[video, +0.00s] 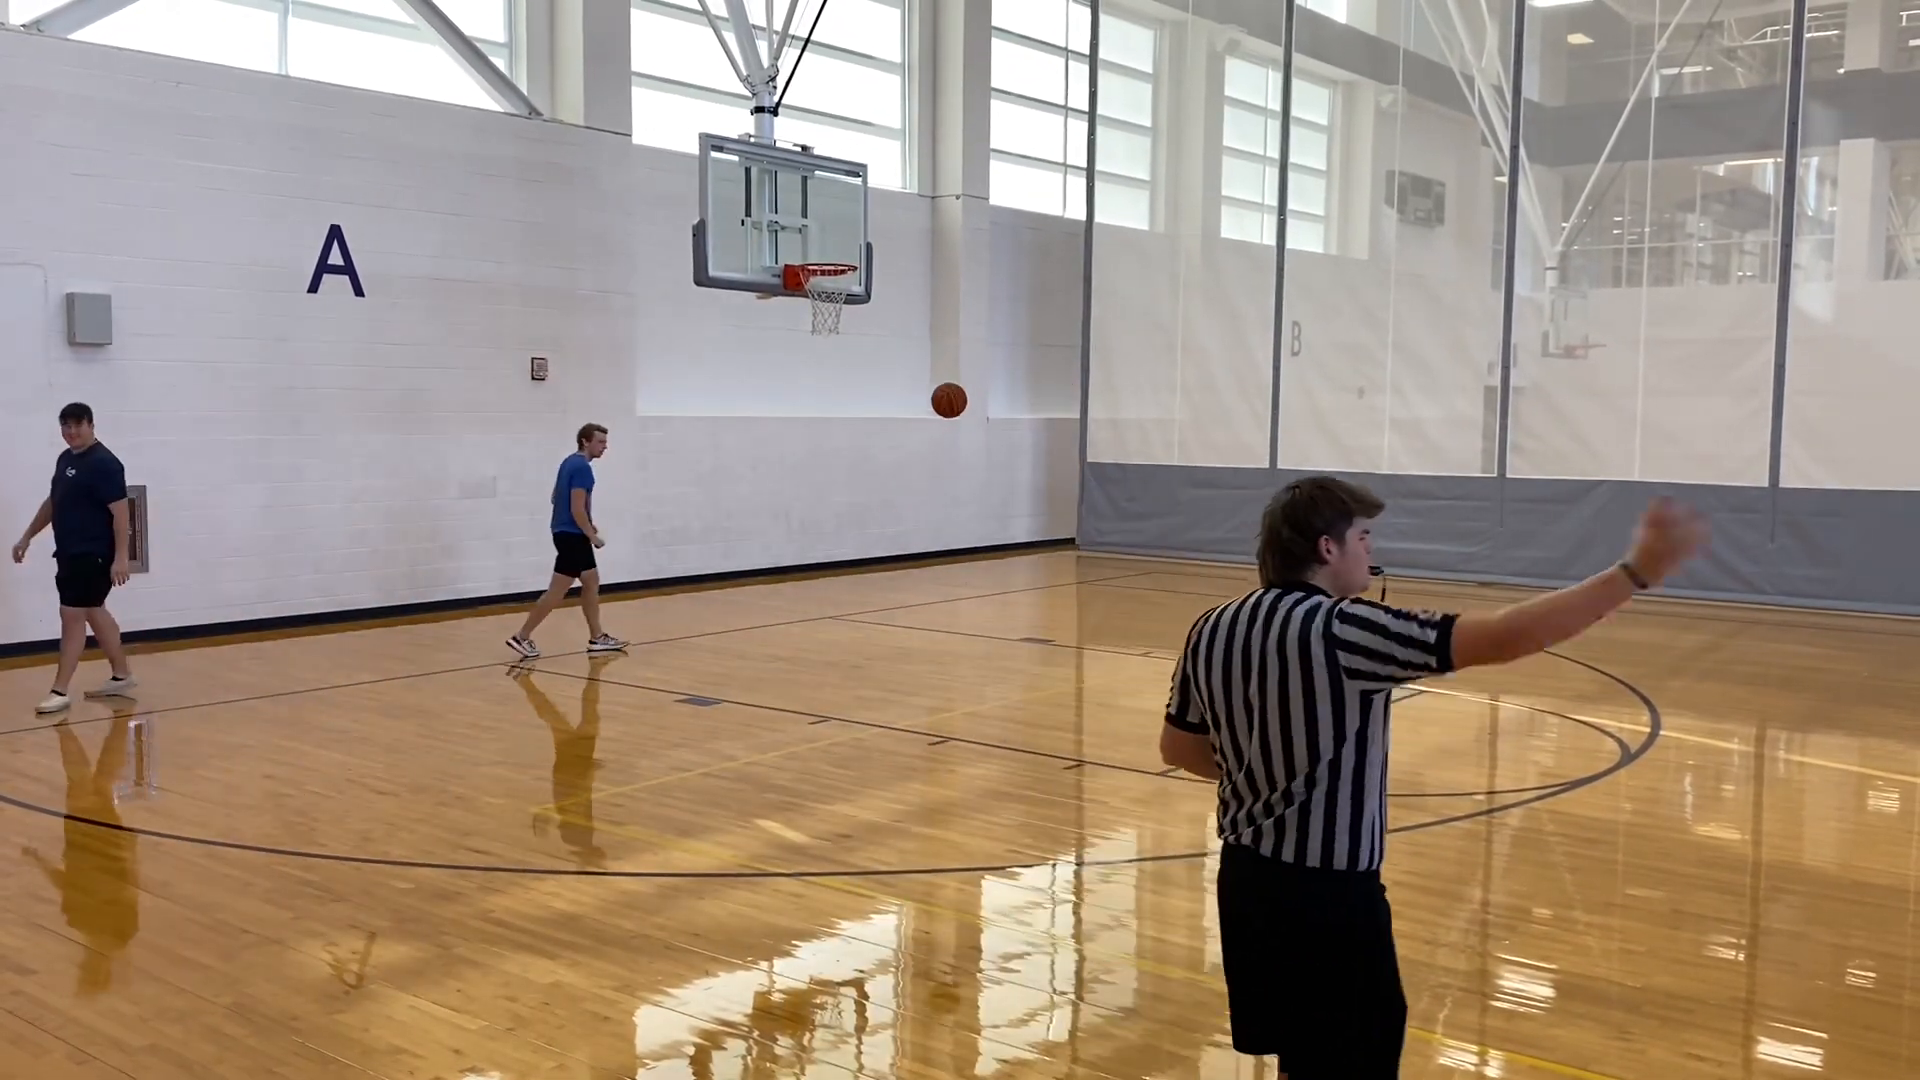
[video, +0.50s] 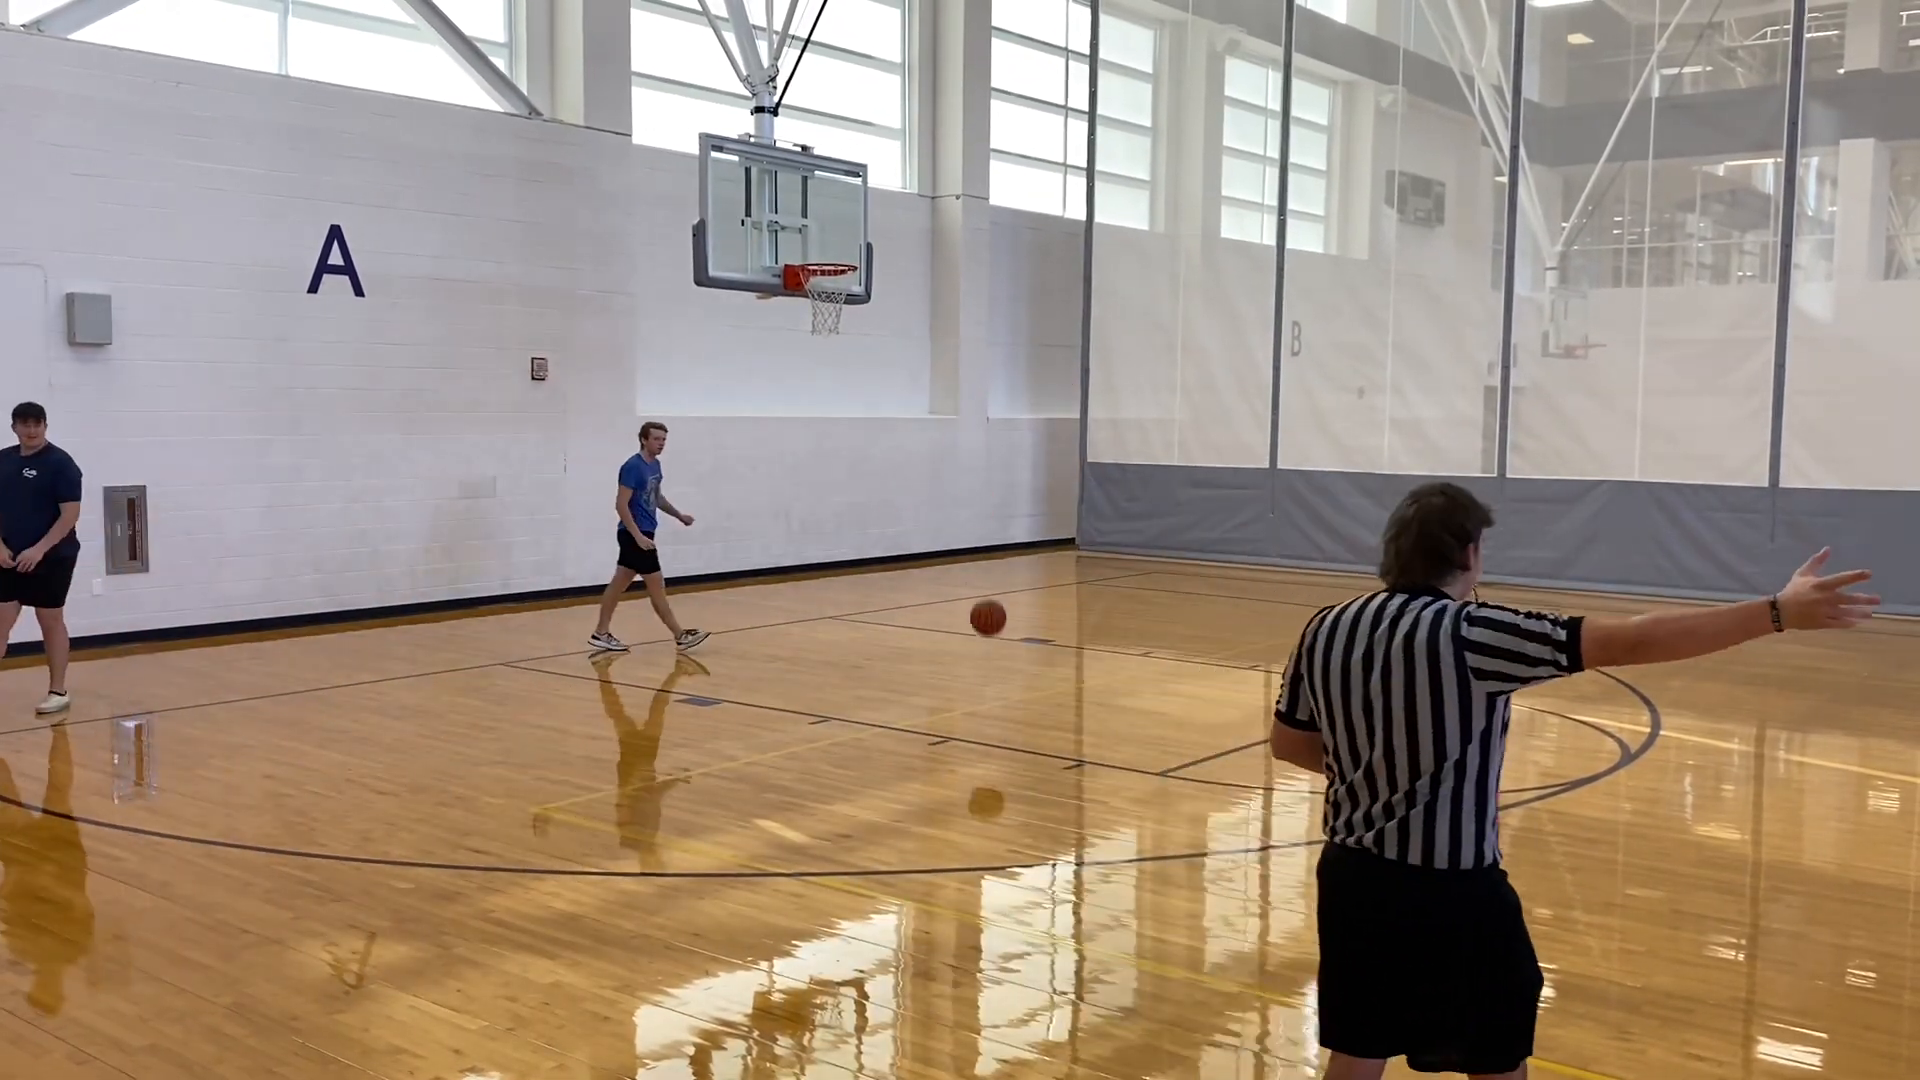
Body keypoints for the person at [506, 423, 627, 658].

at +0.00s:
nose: (604, 447)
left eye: (605, 442)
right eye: (601, 442)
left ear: (586, 444)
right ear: (585, 442)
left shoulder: (569, 463)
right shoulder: (582, 467)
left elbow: (556, 498)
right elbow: (577, 509)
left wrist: (587, 524)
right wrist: (593, 536)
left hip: (566, 533)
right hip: (573, 535)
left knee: (591, 582)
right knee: (556, 591)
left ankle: (598, 637)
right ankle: (521, 637)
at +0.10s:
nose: (615, 443)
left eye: (617, 439)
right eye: (611, 438)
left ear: (607, 441)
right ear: (597, 439)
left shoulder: (594, 462)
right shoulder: (591, 463)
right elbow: (587, 504)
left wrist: (605, 525)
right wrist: (605, 531)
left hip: (592, 530)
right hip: (584, 530)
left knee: (600, 581)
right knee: (588, 589)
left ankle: (598, 637)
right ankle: (539, 626)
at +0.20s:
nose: (626, 440)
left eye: (628, 436)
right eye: (622, 435)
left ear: (625, 438)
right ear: (608, 436)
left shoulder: (610, 460)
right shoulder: (600, 461)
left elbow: (604, 500)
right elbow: (594, 502)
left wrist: (619, 519)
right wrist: (616, 528)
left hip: (603, 527)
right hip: (596, 528)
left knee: (604, 581)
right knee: (616, 582)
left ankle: (599, 636)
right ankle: (568, 617)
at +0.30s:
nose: (637, 438)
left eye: (639, 434)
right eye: (632, 434)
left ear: (638, 437)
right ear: (619, 434)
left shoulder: (627, 460)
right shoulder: (608, 461)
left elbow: (623, 496)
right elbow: (601, 501)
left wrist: (638, 515)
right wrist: (623, 527)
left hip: (617, 526)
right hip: (609, 527)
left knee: (608, 578)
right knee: (635, 578)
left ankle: (599, 632)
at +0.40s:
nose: (648, 440)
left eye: (650, 436)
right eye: (644, 435)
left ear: (651, 438)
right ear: (631, 436)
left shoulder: (641, 462)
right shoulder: (619, 463)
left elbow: (640, 495)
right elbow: (609, 502)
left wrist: (660, 514)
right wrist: (630, 530)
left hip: (629, 528)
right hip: (622, 529)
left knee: (612, 580)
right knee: (646, 578)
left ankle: (599, 633)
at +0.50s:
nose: (661, 444)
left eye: (663, 440)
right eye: (657, 439)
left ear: (663, 442)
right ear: (644, 440)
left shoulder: (654, 465)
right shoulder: (632, 467)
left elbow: (657, 498)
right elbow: (621, 506)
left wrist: (679, 516)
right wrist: (638, 536)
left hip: (644, 533)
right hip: (634, 535)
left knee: (620, 582)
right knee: (656, 584)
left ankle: (601, 632)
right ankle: (679, 635)